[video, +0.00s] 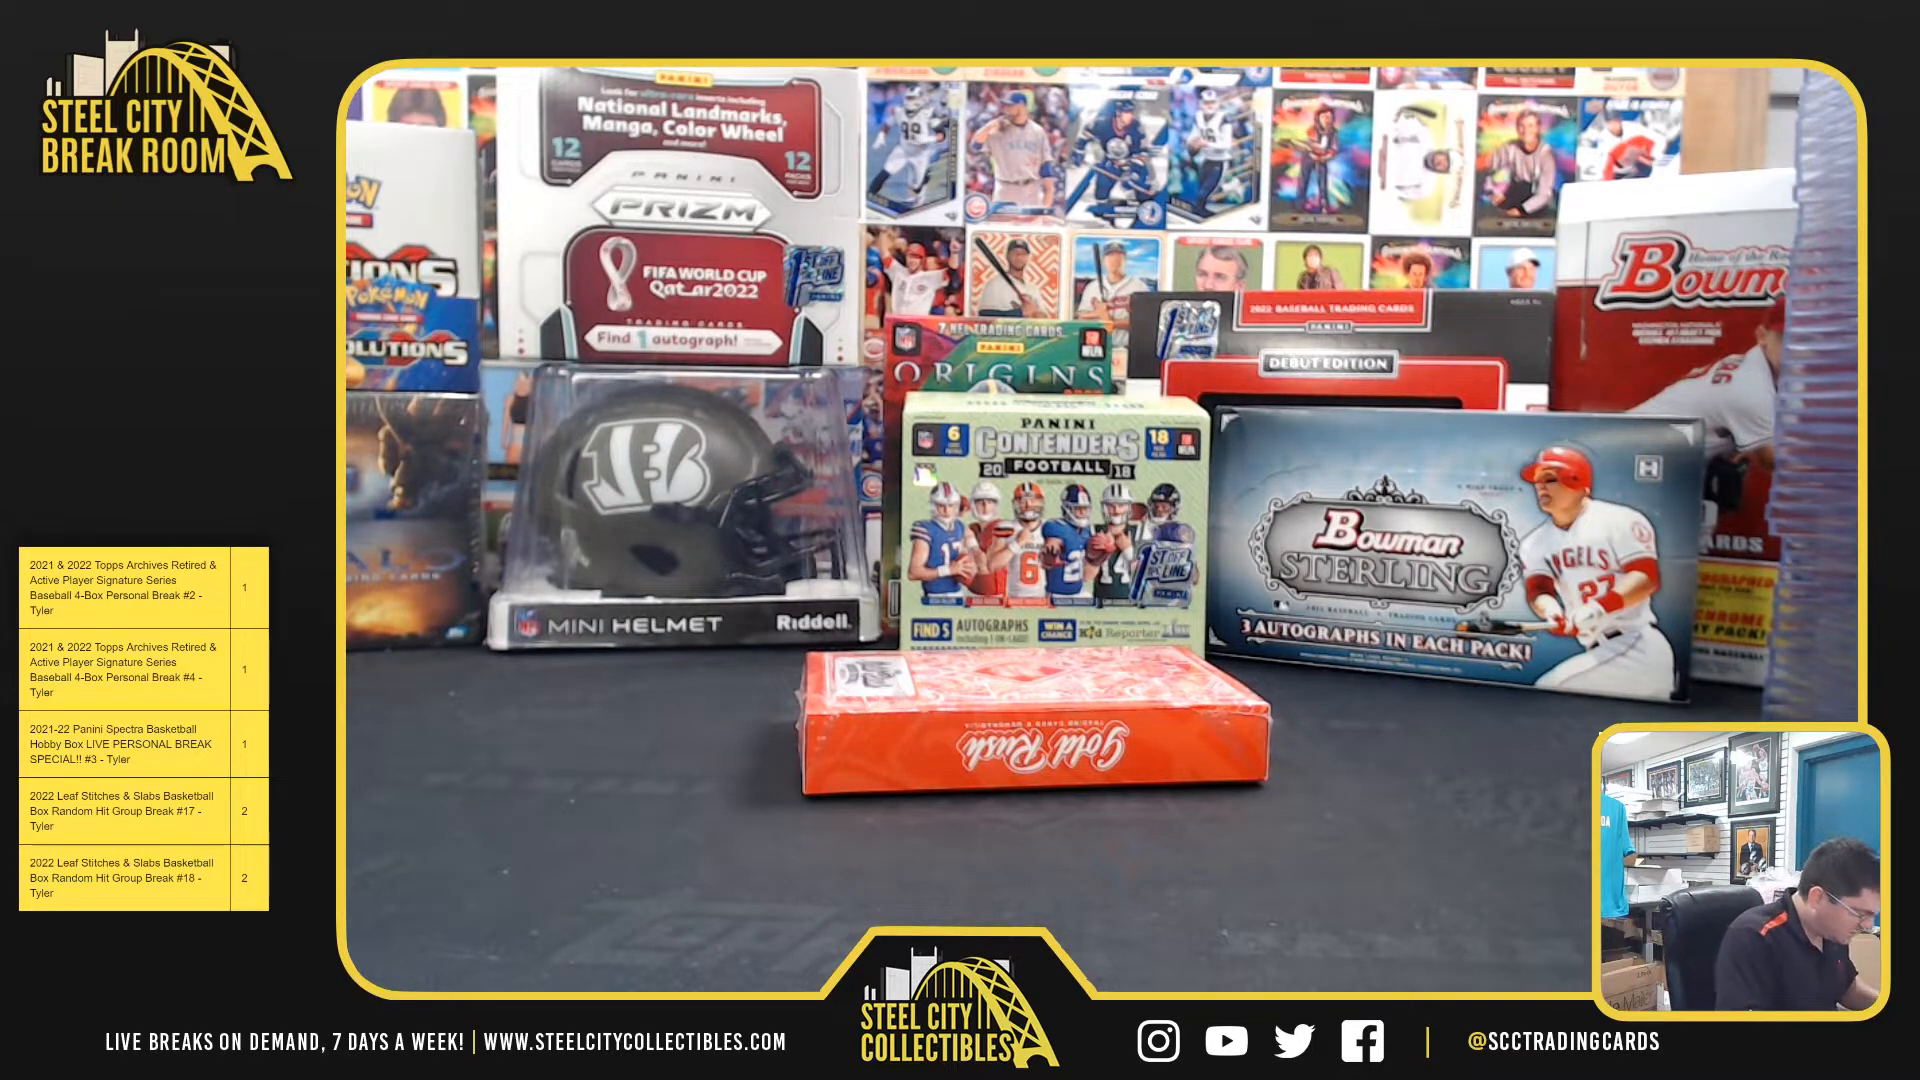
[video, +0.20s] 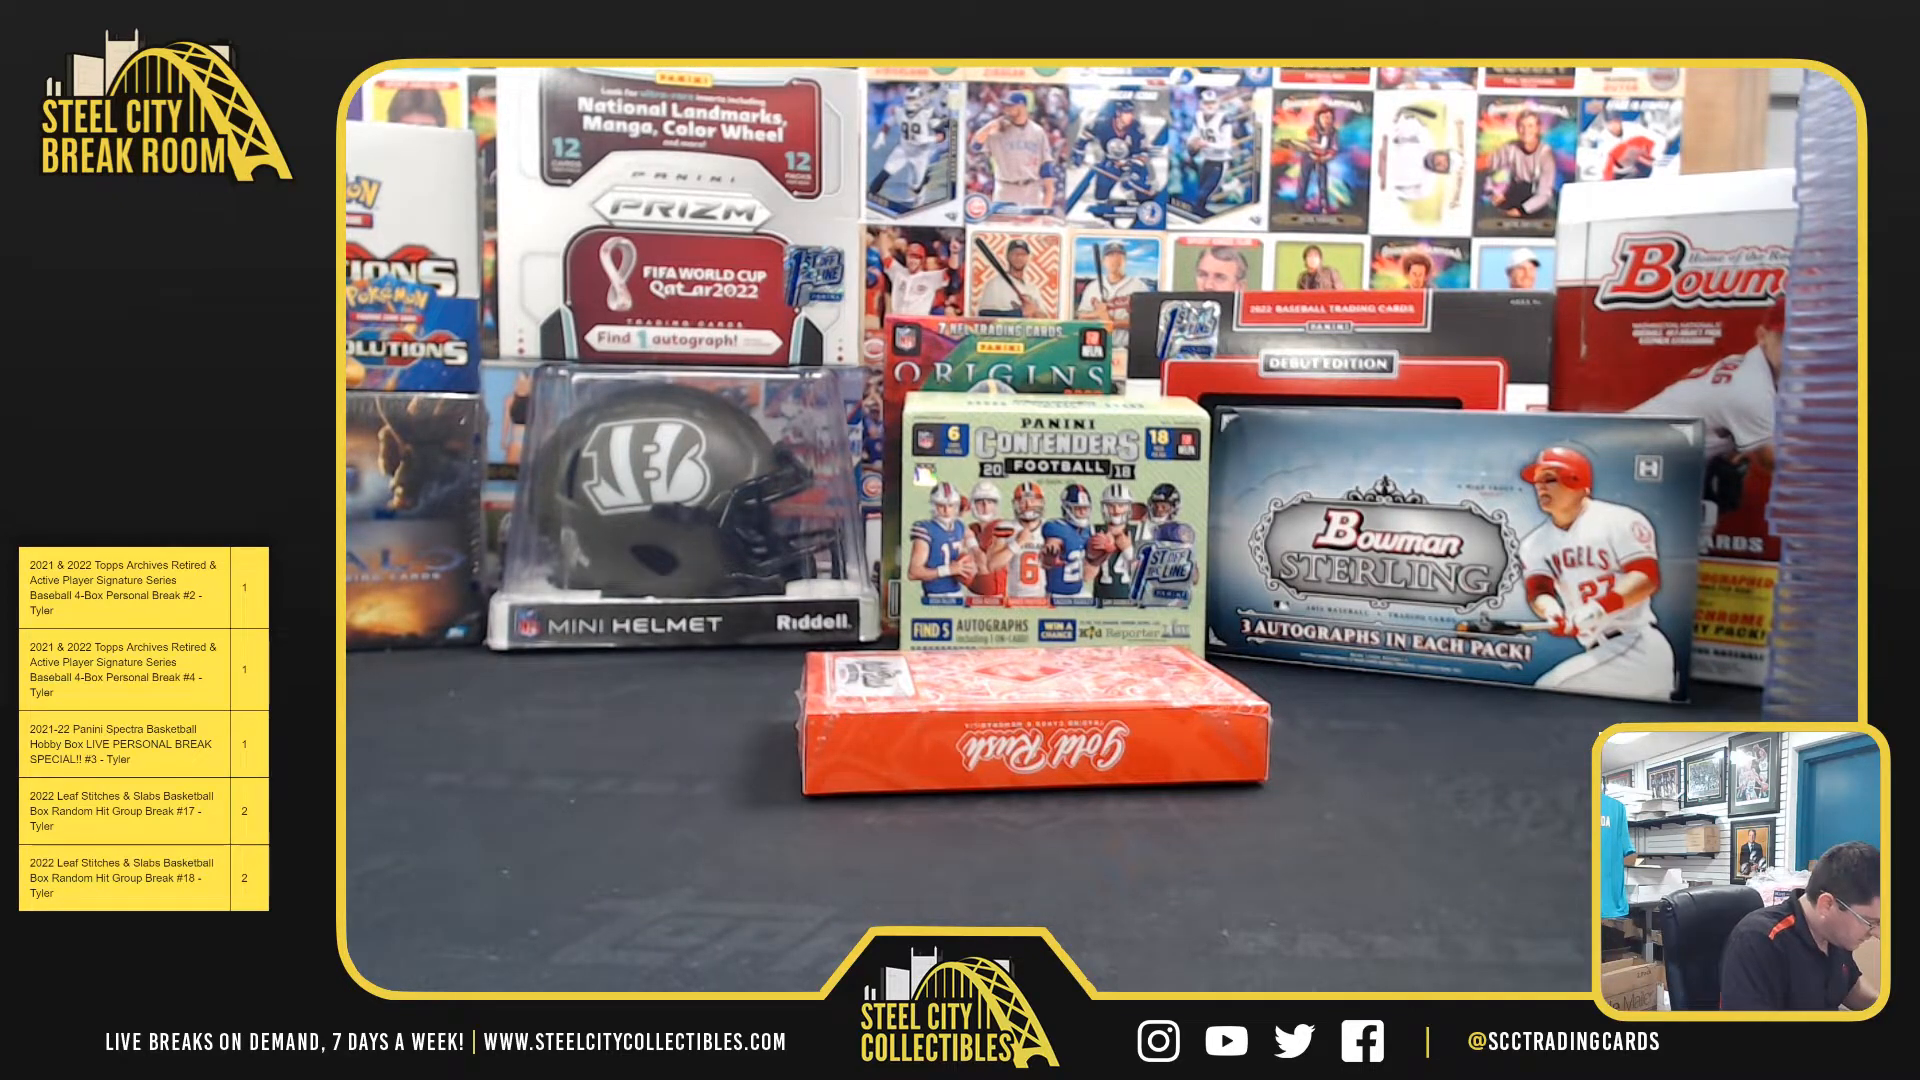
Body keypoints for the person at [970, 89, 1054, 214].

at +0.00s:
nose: (1006, 110)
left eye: (1010, 106)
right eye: (1005, 106)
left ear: (1022, 107)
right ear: (1004, 107)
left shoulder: (1038, 132)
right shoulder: (997, 129)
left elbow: (1046, 166)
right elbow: (974, 146)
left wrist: (1048, 198)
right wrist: (992, 126)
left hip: (1032, 186)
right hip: (1005, 186)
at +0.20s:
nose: (1006, 110)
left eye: (1010, 106)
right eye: (1005, 106)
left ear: (1022, 107)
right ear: (1004, 108)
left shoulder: (1038, 132)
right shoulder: (997, 129)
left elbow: (1046, 167)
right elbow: (974, 147)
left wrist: (1048, 200)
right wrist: (991, 127)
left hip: (1032, 186)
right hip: (1005, 186)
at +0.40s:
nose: (1007, 110)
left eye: (1011, 106)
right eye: (1006, 106)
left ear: (1022, 107)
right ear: (1004, 107)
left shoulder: (1037, 132)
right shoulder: (997, 129)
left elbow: (1046, 166)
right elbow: (974, 147)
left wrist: (1048, 200)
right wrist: (990, 127)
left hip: (1031, 186)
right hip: (1005, 186)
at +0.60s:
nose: (1007, 110)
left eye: (1010, 106)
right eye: (1006, 106)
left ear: (1022, 107)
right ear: (1004, 107)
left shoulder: (1038, 132)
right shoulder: (997, 129)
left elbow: (1046, 167)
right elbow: (974, 147)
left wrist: (1048, 200)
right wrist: (990, 127)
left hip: (1031, 186)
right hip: (1005, 186)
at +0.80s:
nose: (1007, 110)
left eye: (1010, 106)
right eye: (1006, 106)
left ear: (1022, 107)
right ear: (1004, 107)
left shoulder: (1038, 132)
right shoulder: (997, 129)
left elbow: (1046, 167)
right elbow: (974, 147)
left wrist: (1048, 200)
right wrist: (990, 127)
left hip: (1031, 186)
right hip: (1005, 186)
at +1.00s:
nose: (1007, 110)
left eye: (1010, 106)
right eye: (1006, 106)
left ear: (1022, 107)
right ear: (1004, 107)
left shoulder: (1038, 132)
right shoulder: (997, 129)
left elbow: (1046, 167)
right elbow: (974, 147)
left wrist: (1048, 200)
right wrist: (990, 127)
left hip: (1031, 186)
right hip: (1005, 186)